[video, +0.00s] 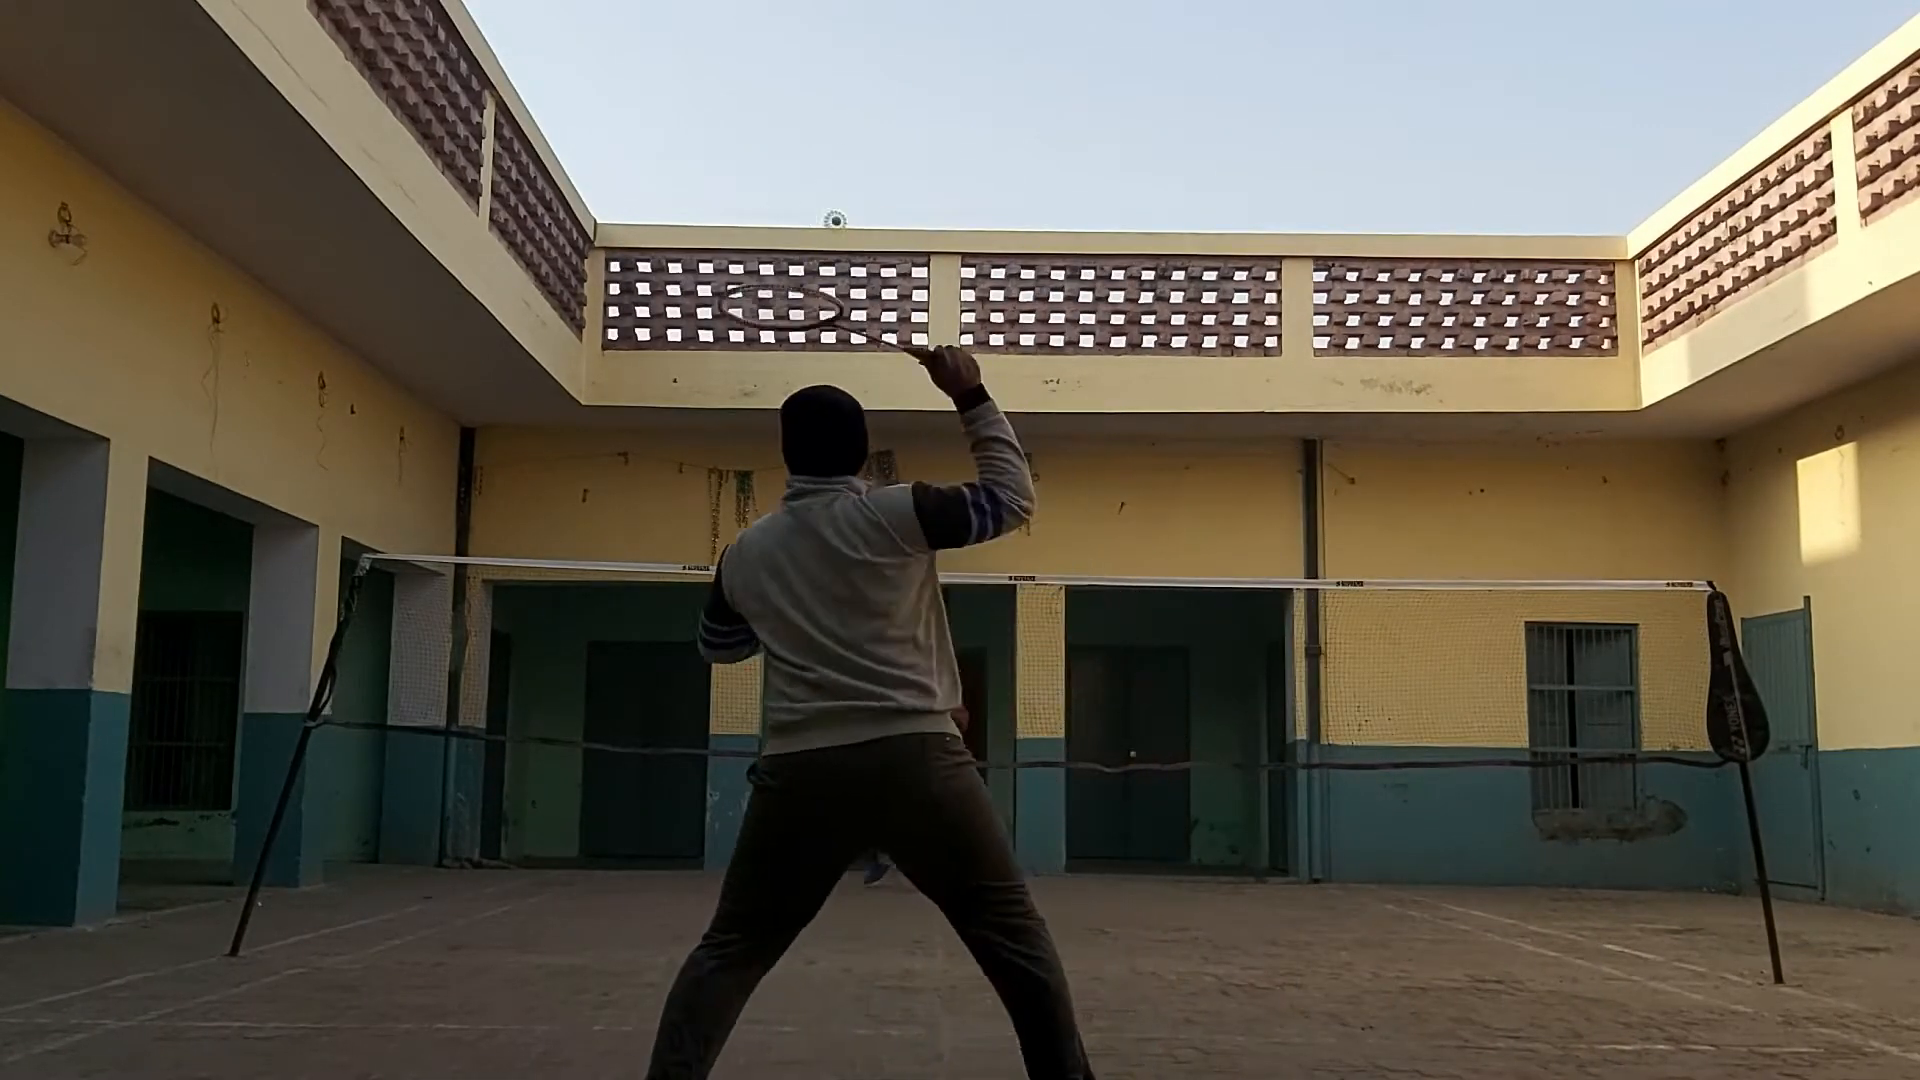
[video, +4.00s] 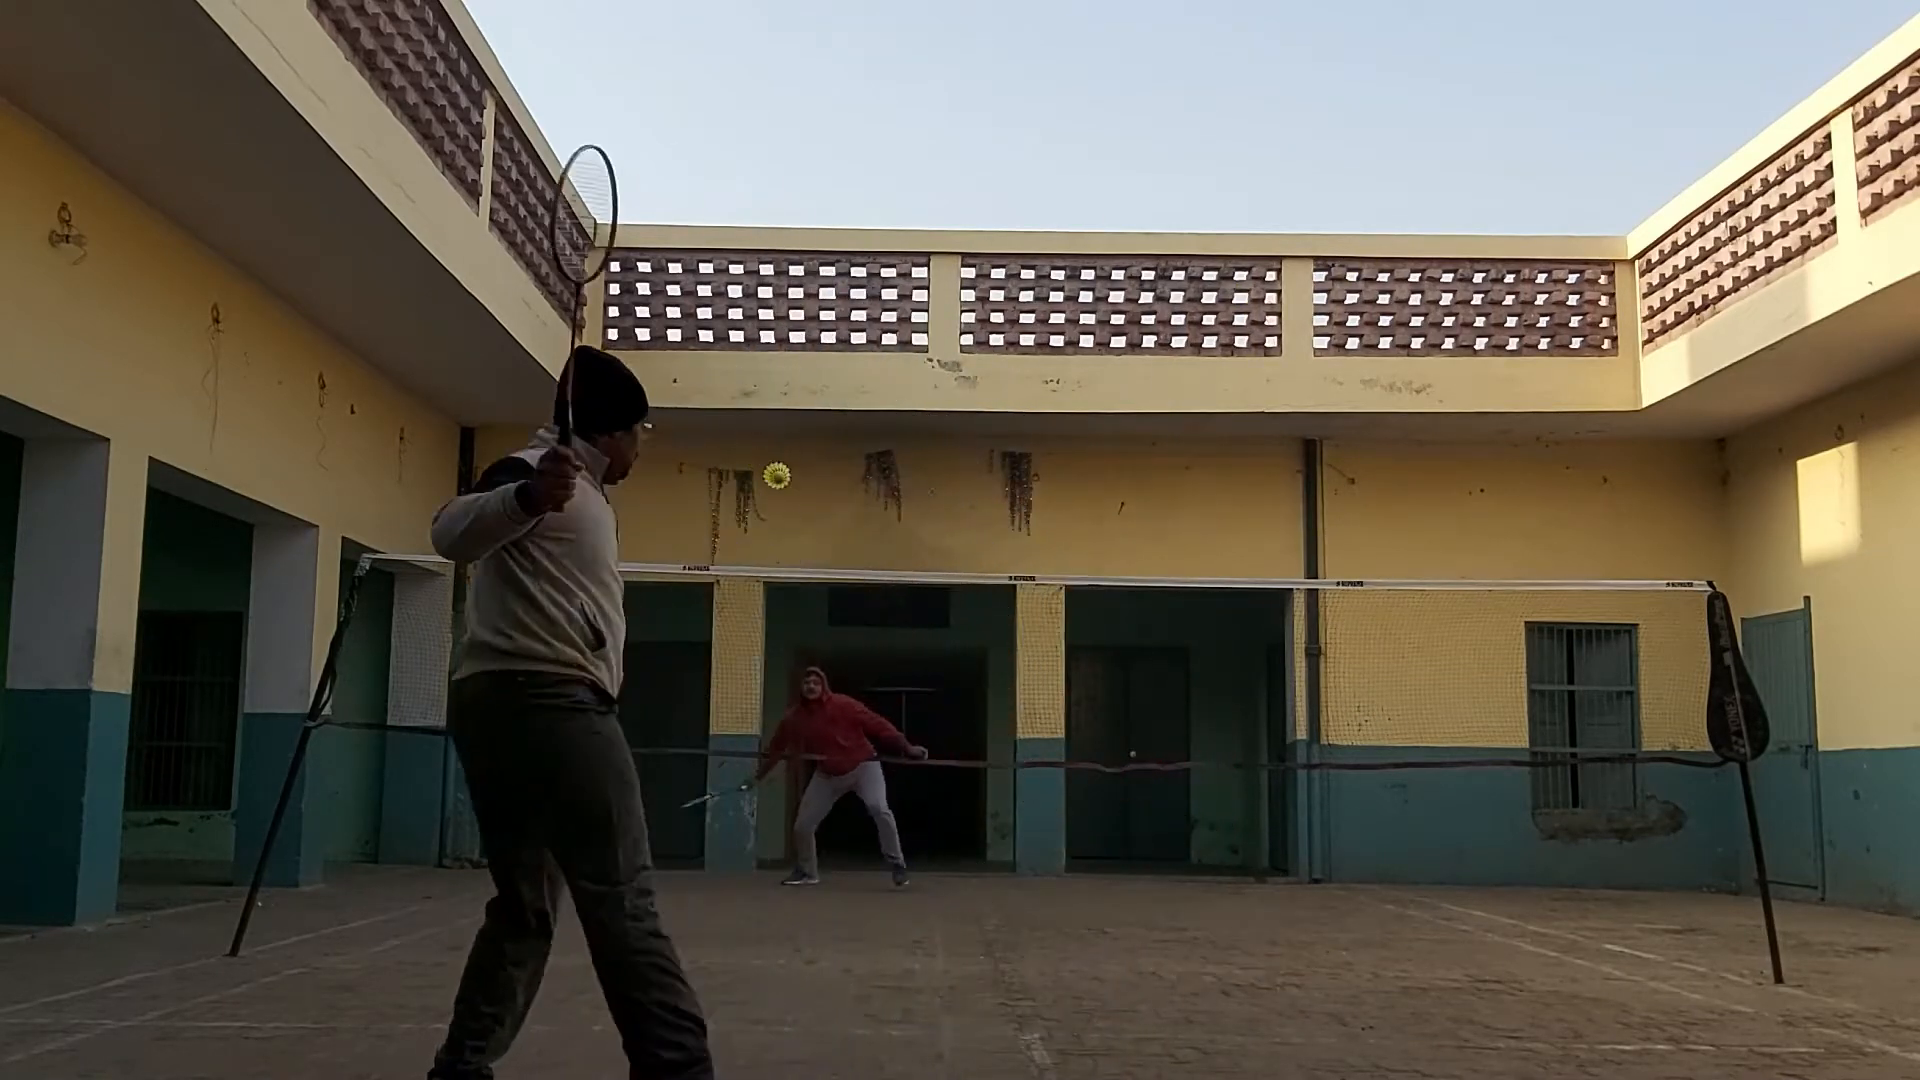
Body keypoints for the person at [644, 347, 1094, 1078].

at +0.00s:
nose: (860, 451)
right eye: (858, 440)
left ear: (786, 459)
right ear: (861, 452)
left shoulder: (746, 554)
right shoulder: (901, 511)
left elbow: (722, 643)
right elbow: (1009, 498)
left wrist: (786, 591)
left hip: (800, 773)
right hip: (920, 759)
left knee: (732, 950)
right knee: (1009, 929)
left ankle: (671, 1074)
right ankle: (1067, 1070)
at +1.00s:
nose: (913, 456)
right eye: (910, 448)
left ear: (835, 451)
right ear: (906, 454)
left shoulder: (779, 538)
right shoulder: (943, 533)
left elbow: (747, 614)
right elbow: (994, 607)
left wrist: (823, 594)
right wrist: (1047, 529)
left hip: (819, 762)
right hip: (927, 757)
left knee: (768, 906)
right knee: (998, 917)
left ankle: (693, 1060)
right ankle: (1044, 1072)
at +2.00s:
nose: (1029, 492)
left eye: (1028, 479)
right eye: (1028, 479)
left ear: (959, 471)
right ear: (1016, 477)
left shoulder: (906, 541)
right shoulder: (994, 537)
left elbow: (869, 651)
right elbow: (1020, 653)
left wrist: (975, 677)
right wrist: (1112, 650)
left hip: (881, 761)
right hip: (966, 763)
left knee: (946, 913)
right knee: (1087, 925)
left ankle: (875, 1073)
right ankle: (1080, 1074)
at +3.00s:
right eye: (909, 341)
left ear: (833, 359)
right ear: (916, 354)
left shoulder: (778, 452)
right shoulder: (967, 431)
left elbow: (688, 586)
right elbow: (1015, 554)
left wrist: (712, 642)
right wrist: (1041, 687)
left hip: (819, 694)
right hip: (945, 692)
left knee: (858, 921)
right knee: (950, 908)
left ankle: (872, 1072)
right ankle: (918, 1067)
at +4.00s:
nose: (637, 451)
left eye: (640, 435)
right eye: (636, 433)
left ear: (582, 420)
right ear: (607, 426)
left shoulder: (579, 489)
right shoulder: (537, 464)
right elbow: (450, 537)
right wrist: (526, 499)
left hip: (502, 704)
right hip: (549, 698)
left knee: (523, 902)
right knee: (623, 901)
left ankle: (464, 1062)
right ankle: (676, 1064)